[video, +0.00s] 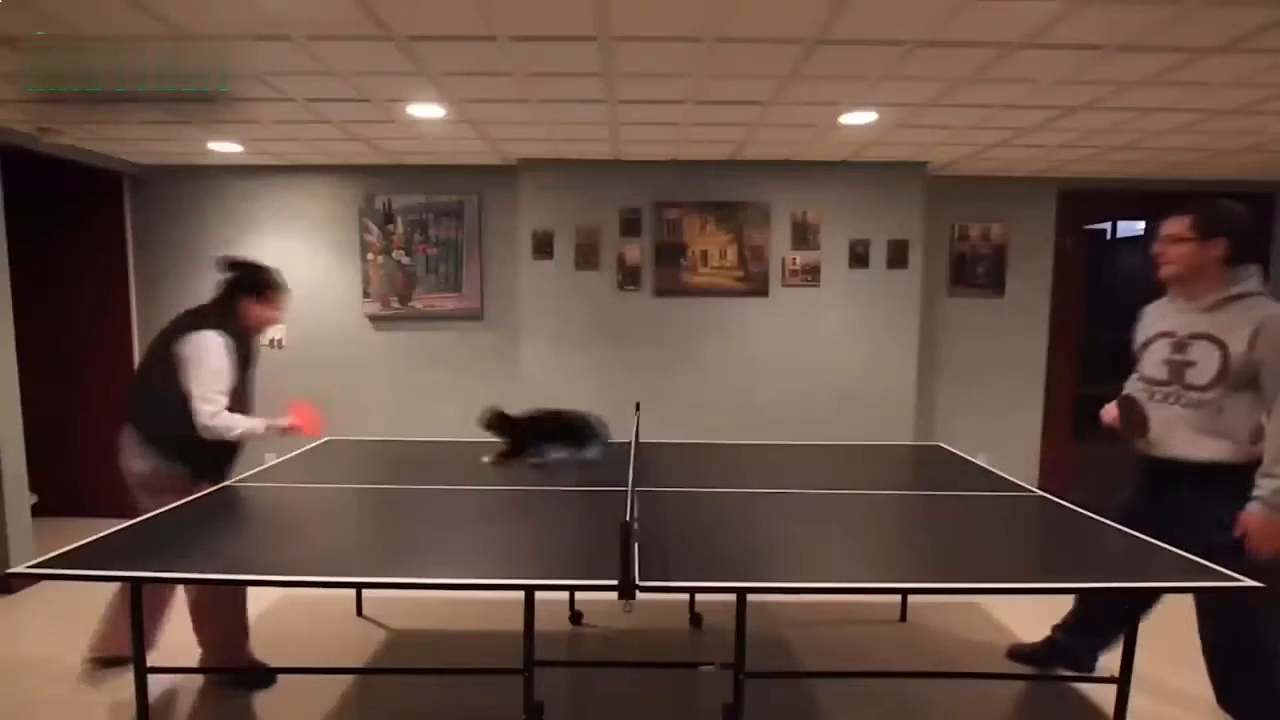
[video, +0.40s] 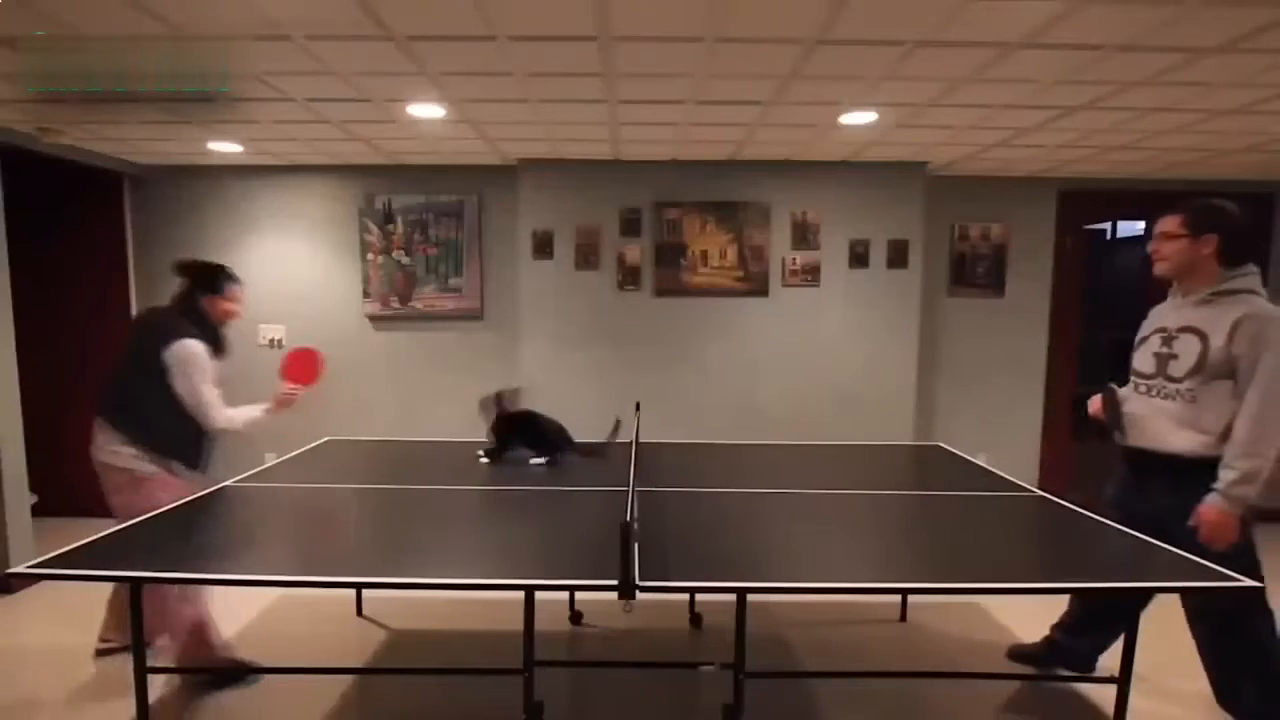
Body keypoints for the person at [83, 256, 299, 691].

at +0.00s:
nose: (276, 318)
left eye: (278, 308)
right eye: (272, 308)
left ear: (247, 302)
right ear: (248, 302)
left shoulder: (227, 332)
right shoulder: (207, 337)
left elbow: (217, 407)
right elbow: (209, 418)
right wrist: (276, 425)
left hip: (180, 453)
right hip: (157, 456)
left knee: (163, 550)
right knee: (215, 550)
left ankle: (113, 648)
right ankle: (227, 659)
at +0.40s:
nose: (237, 311)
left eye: (238, 302)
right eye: (233, 302)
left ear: (201, 297)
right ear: (208, 300)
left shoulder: (161, 324)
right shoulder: (186, 345)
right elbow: (214, 417)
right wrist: (270, 407)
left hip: (119, 454)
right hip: (140, 465)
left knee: (158, 551)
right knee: (178, 556)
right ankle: (201, 655)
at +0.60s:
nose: (212, 301)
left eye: (214, 292)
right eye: (205, 292)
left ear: (177, 292)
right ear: (176, 291)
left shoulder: (154, 323)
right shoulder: (160, 336)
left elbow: (178, 402)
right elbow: (187, 412)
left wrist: (231, 404)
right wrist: (239, 404)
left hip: (109, 443)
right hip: (123, 451)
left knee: (129, 543)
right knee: (160, 543)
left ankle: (114, 636)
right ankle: (156, 650)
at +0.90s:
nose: (174, 282)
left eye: (176, 274)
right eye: (166, 274)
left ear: (172, 277)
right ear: (140, 276)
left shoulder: (151, 318)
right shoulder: (123, 323)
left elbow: (151, 389)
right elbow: (135, 399)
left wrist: (182, 407)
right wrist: (199, 400)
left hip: (139, 448)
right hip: (122, 450)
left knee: (134, 540)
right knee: (153, 540)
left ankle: (115, 634)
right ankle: (156, 651)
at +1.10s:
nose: (164, 281)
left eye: (167, 272)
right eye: (154, 272)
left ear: (168, 277)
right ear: (127, 275)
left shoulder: (154, 324)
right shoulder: (99, 321)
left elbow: (160, 386)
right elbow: (84, 393)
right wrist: (161, 403)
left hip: (154, 450)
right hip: (118, 454)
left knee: (137, 540)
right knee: (156, 539)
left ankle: (114, 634)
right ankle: (156, 649)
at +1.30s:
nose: (156, 278)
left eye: (160, 270)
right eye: (146, 269)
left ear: (161, 276)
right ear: (119, 272)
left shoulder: (154, 323)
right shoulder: (92, 322)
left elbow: (167, 384)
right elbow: (59, 391)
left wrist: (181, 432)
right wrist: (135, 407)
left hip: (154, 456)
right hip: (114, 459)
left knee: (144, 552)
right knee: (135, 553)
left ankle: (123, 652)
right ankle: (121, 664)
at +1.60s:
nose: (177, 302)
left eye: (181, 293)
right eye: (169, 292)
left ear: (180, 294)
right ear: (139, 290)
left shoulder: (168, 339)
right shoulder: (105, 334)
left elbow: (165, 395)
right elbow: (52, 391)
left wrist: (189, 399)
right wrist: (130, 406)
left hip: (167, 471)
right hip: (117, 475)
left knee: (170, 564)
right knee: (164, 564)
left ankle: (119, 651)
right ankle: (156, 665)